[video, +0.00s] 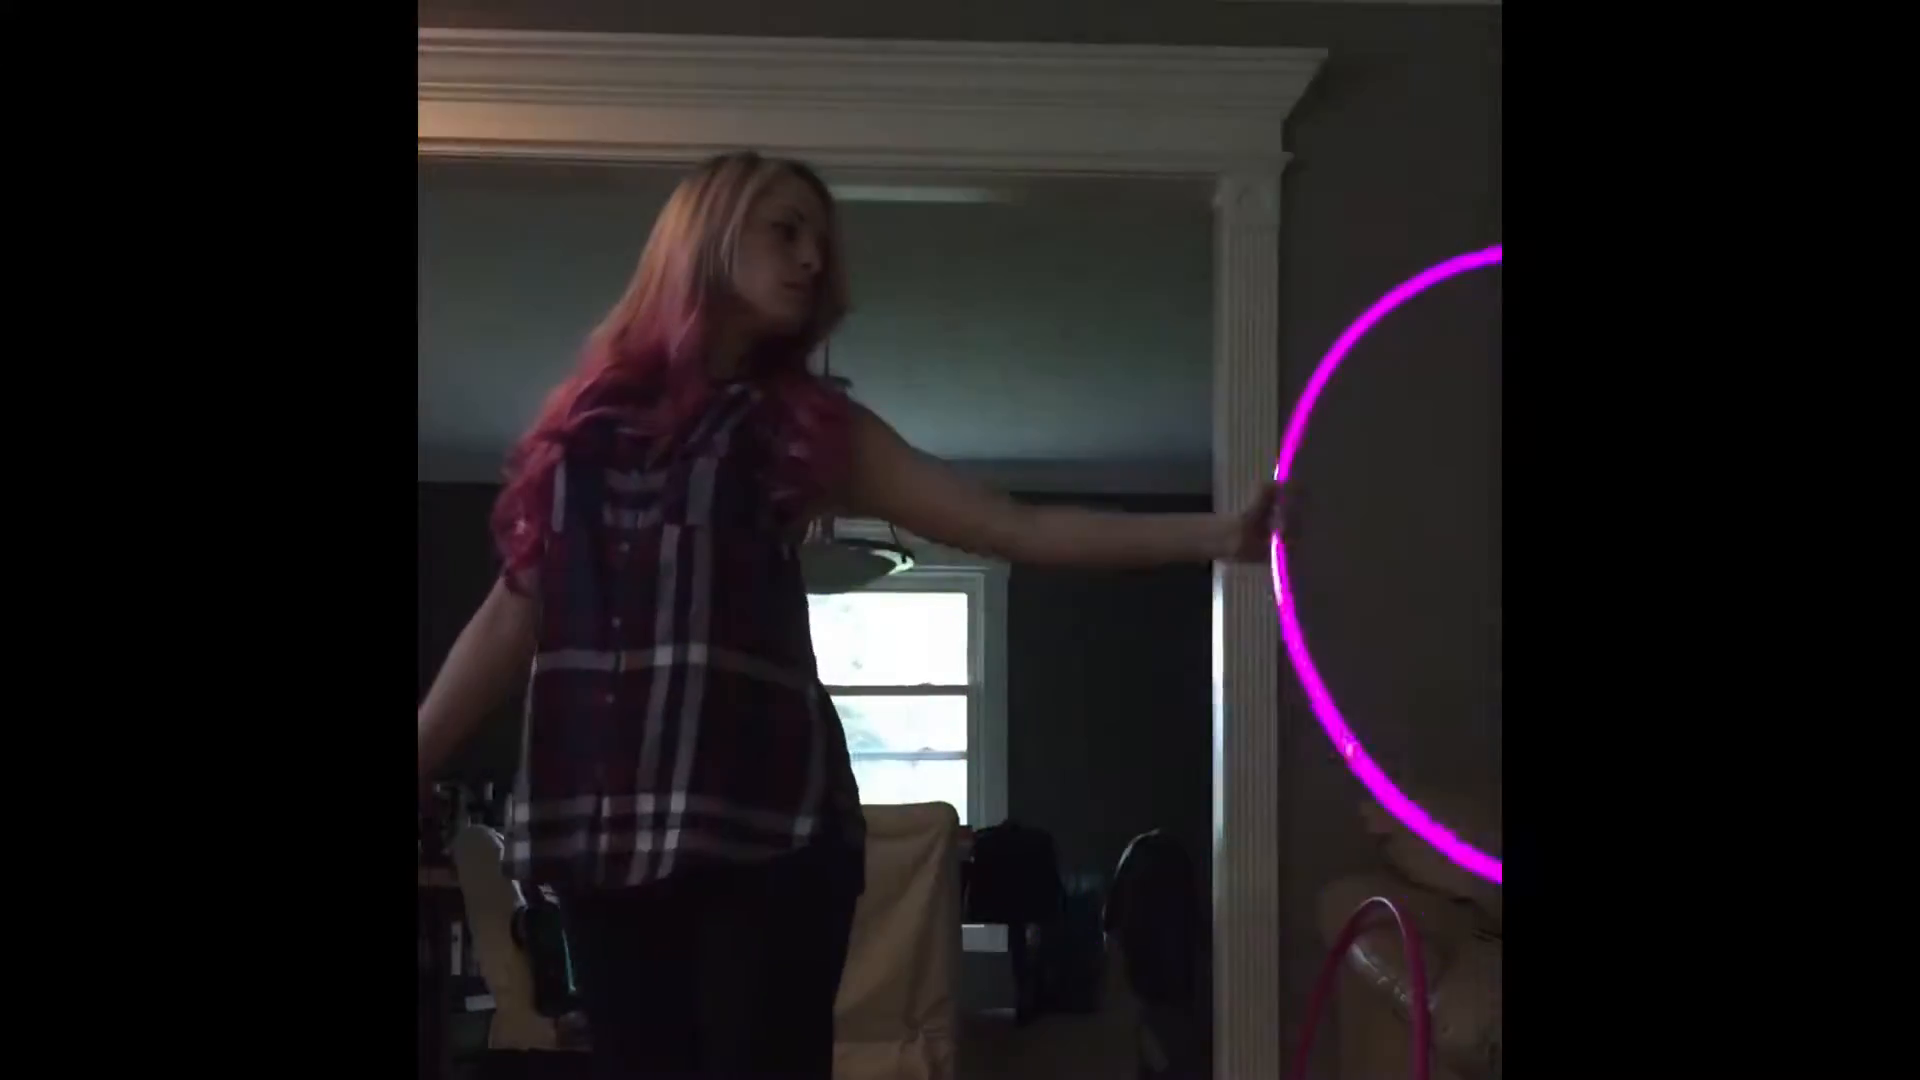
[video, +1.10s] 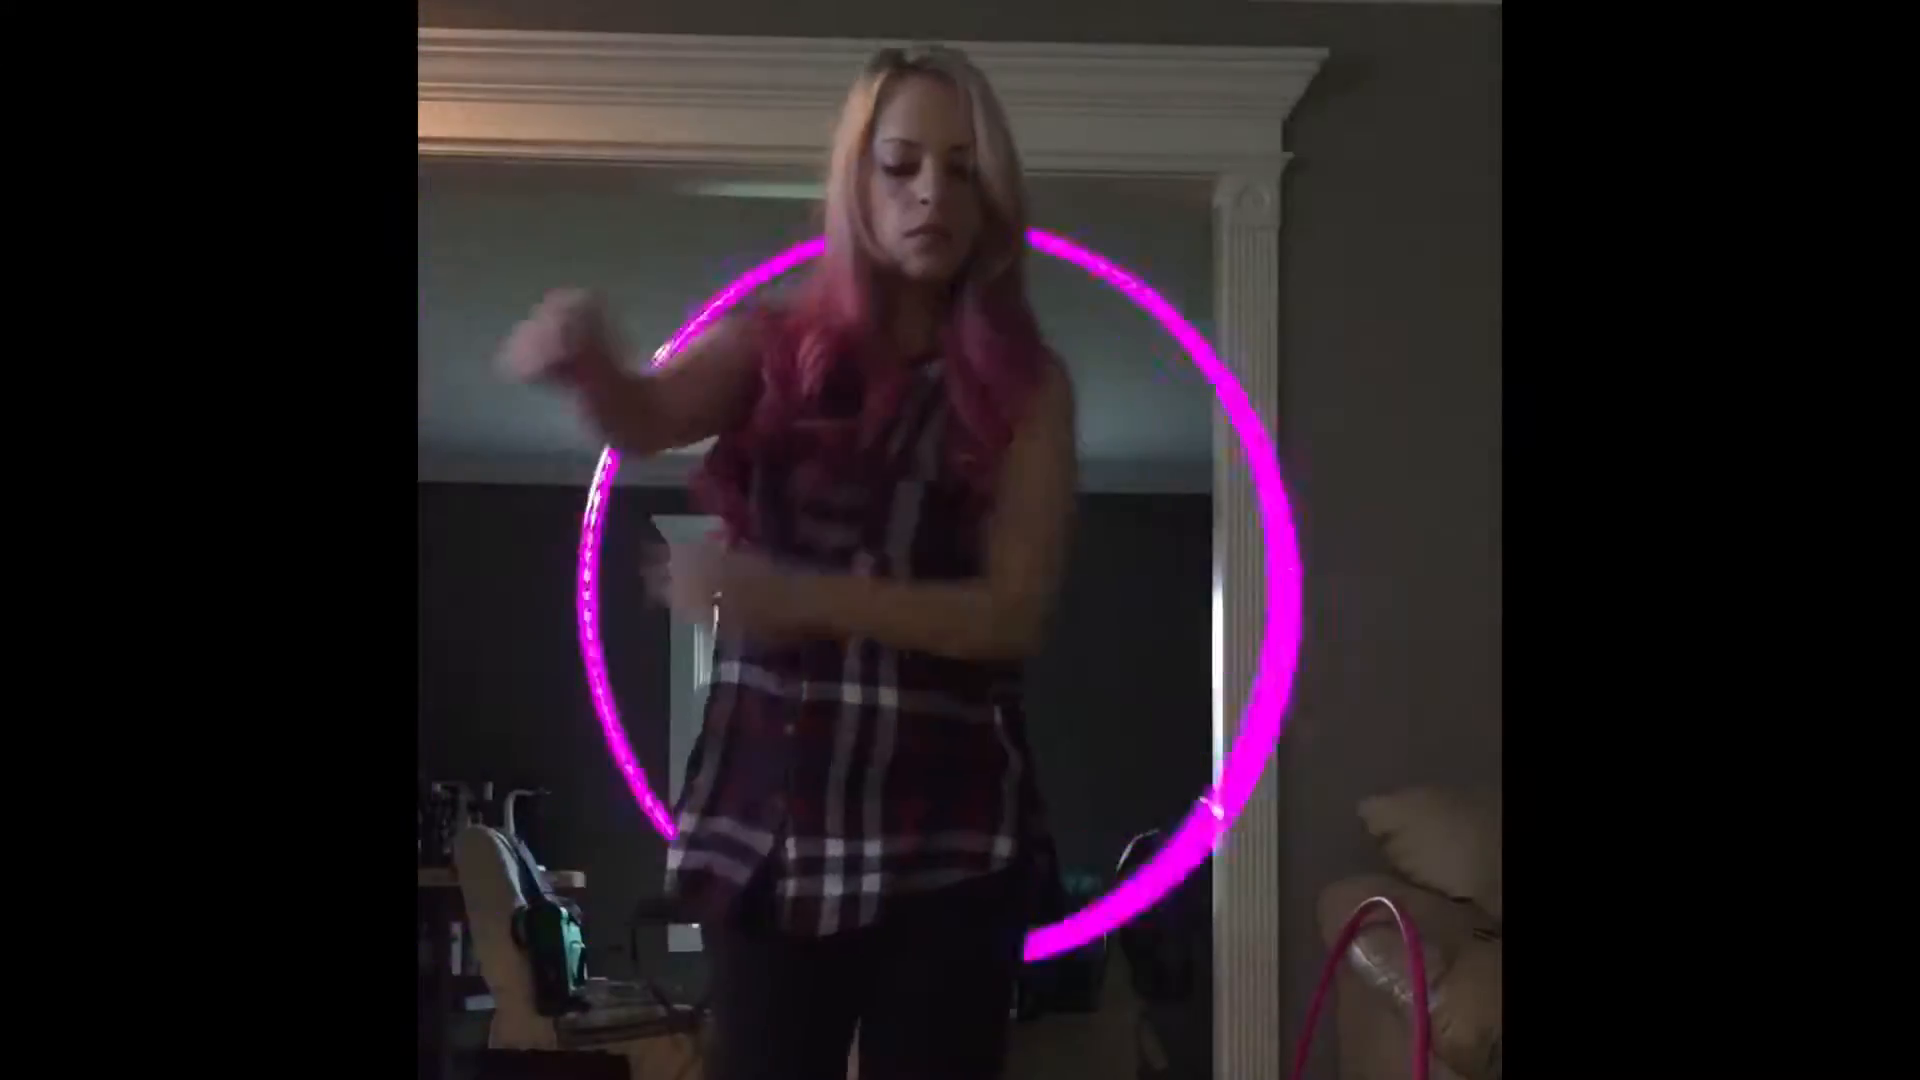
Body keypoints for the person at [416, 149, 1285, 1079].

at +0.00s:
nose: (811, 254)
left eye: (820, 240)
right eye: (784, 227)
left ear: (821, 271)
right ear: (706, 239)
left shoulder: (807, 419)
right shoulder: (584, 424)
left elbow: (1010, 526)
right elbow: (509, 619)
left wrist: (1217, 532)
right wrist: (419, 758)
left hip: (772, 836)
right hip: (599, 840)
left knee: (769, 1064)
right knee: (635, 1062)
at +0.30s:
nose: (778, 252)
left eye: (793, 238)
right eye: (748, 228)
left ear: (805, 267)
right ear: (678, 243)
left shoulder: (810, 419)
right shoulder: (590, 418)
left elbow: (967, 532)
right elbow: (488, 612)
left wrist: (1124, 502)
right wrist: (416, 683)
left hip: (793, 833)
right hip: (625, 835)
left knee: (781, 1059)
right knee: (648, 1056)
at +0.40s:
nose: (771, 250)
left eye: (789, 233)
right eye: (740, 227)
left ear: (810, 259)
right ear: (679, 249)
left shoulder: (835, 418)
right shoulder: (595, 423)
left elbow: (926, 551)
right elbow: (517, 605)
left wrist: (992, 528)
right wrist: (462, 613)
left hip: (804, 835)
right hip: (633, 835)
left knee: (801, 1059)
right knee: (658, 1061)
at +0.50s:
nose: (768, 247)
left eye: (788, 226)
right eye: (742, 223)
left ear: (815, 246)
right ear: (691, 245)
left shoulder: (853, 412)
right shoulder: (610, 425)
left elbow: (905, 579)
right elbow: (534, 616)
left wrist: (850, 548)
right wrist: (545, 518)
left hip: (814, 822)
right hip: (645, 821)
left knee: (818, 1058)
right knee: (667, 1063)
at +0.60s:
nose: (786, 239)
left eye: (809, 219)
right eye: (759, 215)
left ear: (835, 245)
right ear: (711, 244)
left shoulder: (881, 408)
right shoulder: (653, 393)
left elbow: (875, 591)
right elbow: (572, 571)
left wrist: (723, 567)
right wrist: (648, 420)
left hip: (842, 821)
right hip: (672, 818)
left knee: (834, 1064)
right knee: (689, 1064)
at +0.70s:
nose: (815, 229)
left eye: (840, 209)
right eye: (789, 205)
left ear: (868, 237)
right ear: (743, 230)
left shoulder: (912, 400)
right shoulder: (676, 389)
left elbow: (887, 588)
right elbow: (617, 505)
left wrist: (681, 549)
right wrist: (721, 360)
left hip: (872, 837)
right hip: (696, 834)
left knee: (861, 1068)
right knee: (708, 1067)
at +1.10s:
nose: (930, 195)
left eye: (961, 169)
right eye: (901, 165)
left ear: (992, 193)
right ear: (853, 181)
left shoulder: (1023, 380)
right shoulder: (779, 329)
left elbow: (1014, 614)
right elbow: (649, 421)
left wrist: (788, 599)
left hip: (949, 835)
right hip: (769, 824)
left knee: (929, 1067)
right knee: (759, 1065)